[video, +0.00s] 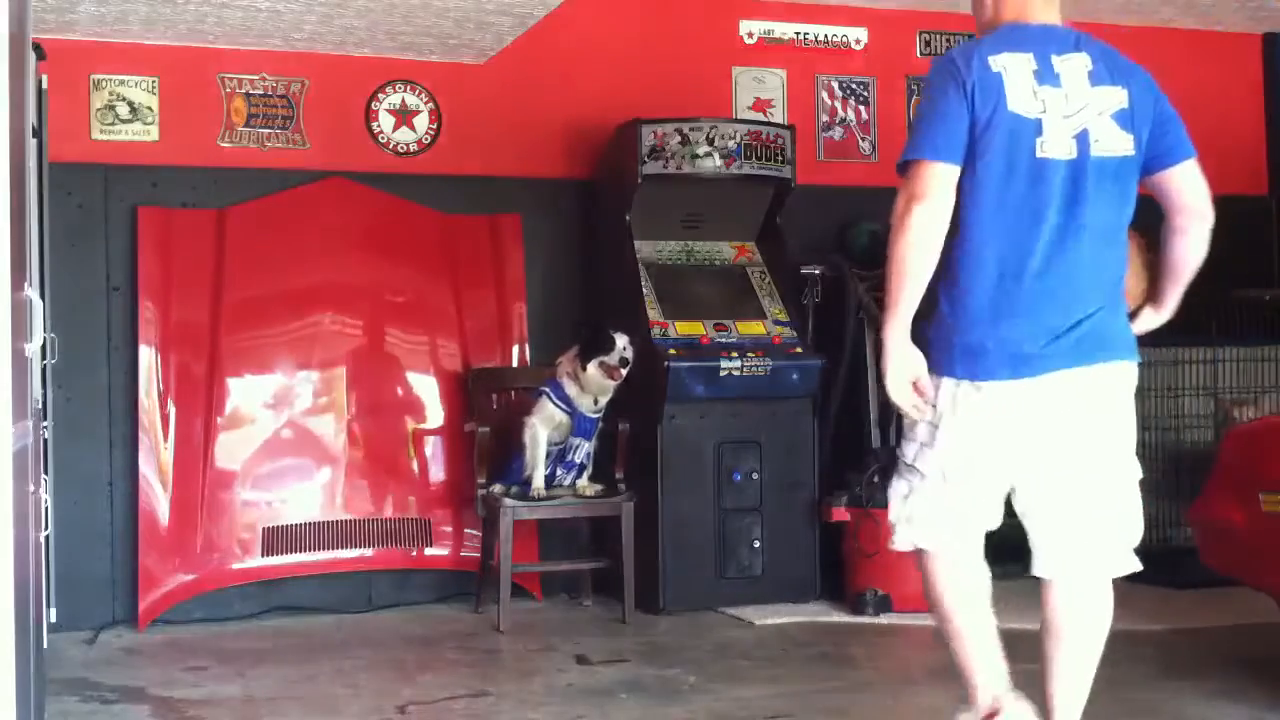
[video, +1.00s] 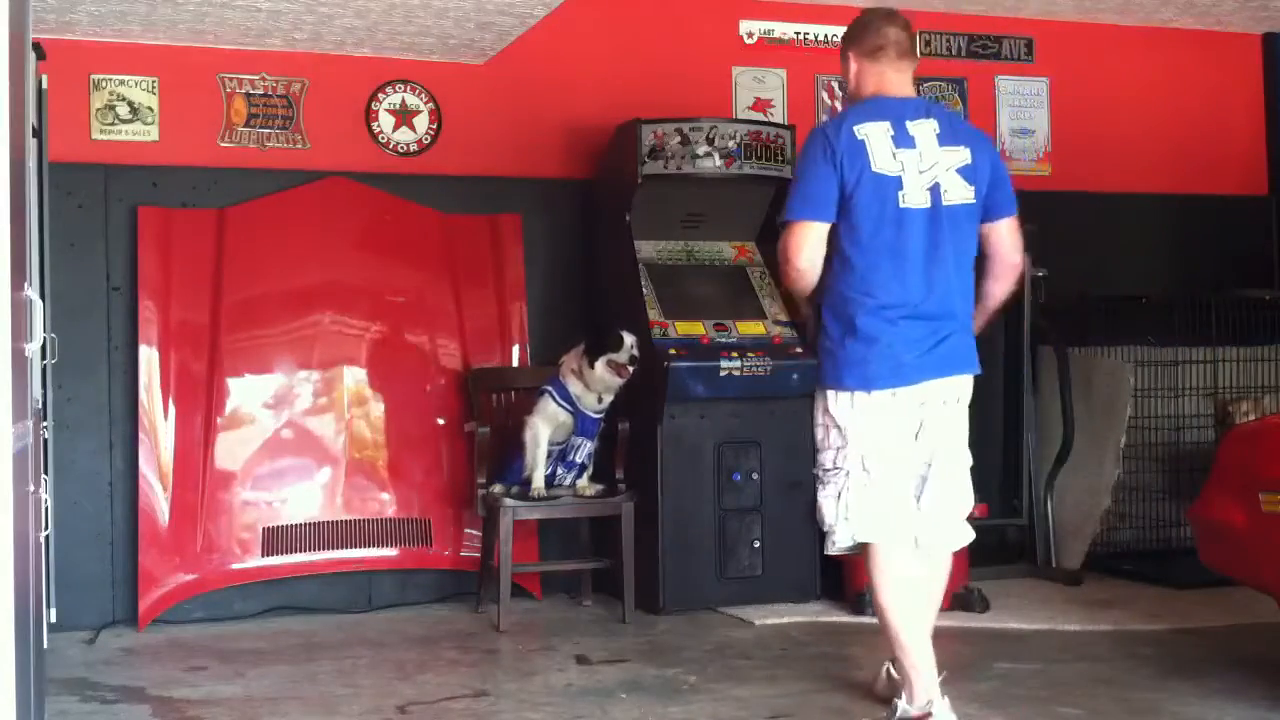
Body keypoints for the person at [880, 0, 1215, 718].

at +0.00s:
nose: (970, 9)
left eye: (972, 5)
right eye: (973, 7)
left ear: (989, 4)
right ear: (1059, 3)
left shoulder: (965, 68)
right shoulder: (1129, 78)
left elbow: (925, 201)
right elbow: (1193, 209)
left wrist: (896, 330)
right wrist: (1165, 299)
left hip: (978, 366)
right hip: (1096, 363)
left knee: (944, 532)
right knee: (1082, 556)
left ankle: (992, 698)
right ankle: (1065, 710)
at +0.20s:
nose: (937, 18)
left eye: (940, 10)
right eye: (941, 10)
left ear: (958, 10)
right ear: (1026, 12)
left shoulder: (938, 88)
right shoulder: (1093, 93)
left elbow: (914, 218)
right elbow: (1155, 219)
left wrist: (886, 338)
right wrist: (1122, 304)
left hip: (961, 370)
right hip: (1070, 365)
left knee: (938, 549)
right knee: (1065, 556)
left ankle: (922, 704)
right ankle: (1061, 710)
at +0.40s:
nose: (896, 37)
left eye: (897, 23)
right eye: (898, 23)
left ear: (914, 24)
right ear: (976, 21)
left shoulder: (897, 108)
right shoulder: (1046, 100)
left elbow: (870, 237)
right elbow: (1109, 226)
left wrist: (844, 350)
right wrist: (1086, 306)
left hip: (926, 371)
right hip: (1029, 364)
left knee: (922, 546)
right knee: (1027, 544)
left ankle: (926, 705)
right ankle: (1055, 706)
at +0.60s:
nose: (864, 55)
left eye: (863, 41)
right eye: (866, 41)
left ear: (876, 37)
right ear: (943, 34)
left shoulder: (859, 119)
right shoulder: (1009, 109)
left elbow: (821, 244)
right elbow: (1072, 230)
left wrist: (793, 345)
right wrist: (1061, 312)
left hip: (892, 369)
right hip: (989, 361)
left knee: (904, 538)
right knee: (983, 516)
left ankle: (925, 703)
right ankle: (1015, 654)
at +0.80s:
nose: (850, 63)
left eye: (850, 50)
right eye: (854, 50)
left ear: (859, 51)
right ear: (926, 50)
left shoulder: (842, 126)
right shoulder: (985, 123)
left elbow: (798, 251)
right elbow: (1039, 240)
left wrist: (781, 330)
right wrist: (1029, 323)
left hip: (879, 369)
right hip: (968, 362)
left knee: (897, 536)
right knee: (957, 530)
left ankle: (928, 697)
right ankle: (942, 672)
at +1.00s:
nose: (841, 79)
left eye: (841, 68)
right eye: (844, 69)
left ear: (850, 65)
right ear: (915, 64)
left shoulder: (836, 138)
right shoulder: (972, 139)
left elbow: (801, 266)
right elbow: (1007, 263)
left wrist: (814, 313)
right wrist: (962, 328)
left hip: (868, 369)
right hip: (950, 364)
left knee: (885, 532)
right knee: (936, 526)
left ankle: (928, 698)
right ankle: (906, 667)